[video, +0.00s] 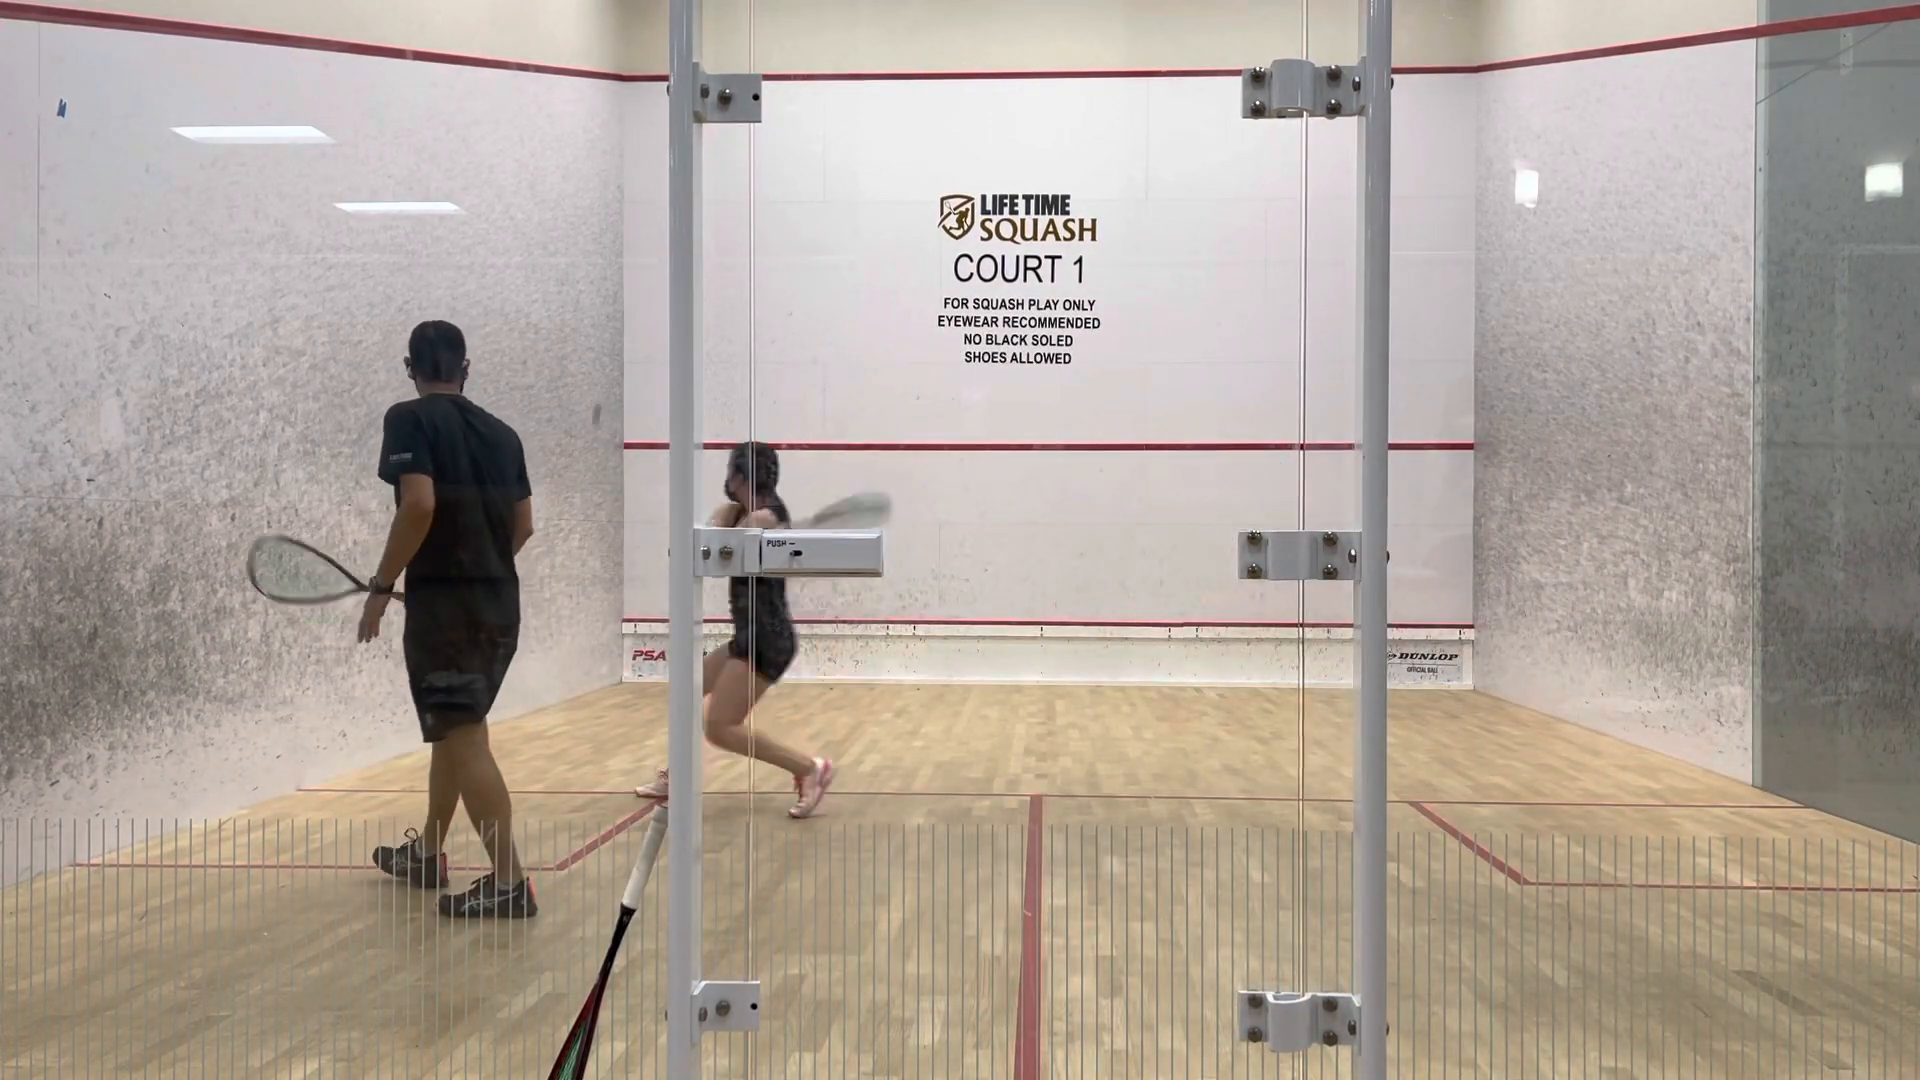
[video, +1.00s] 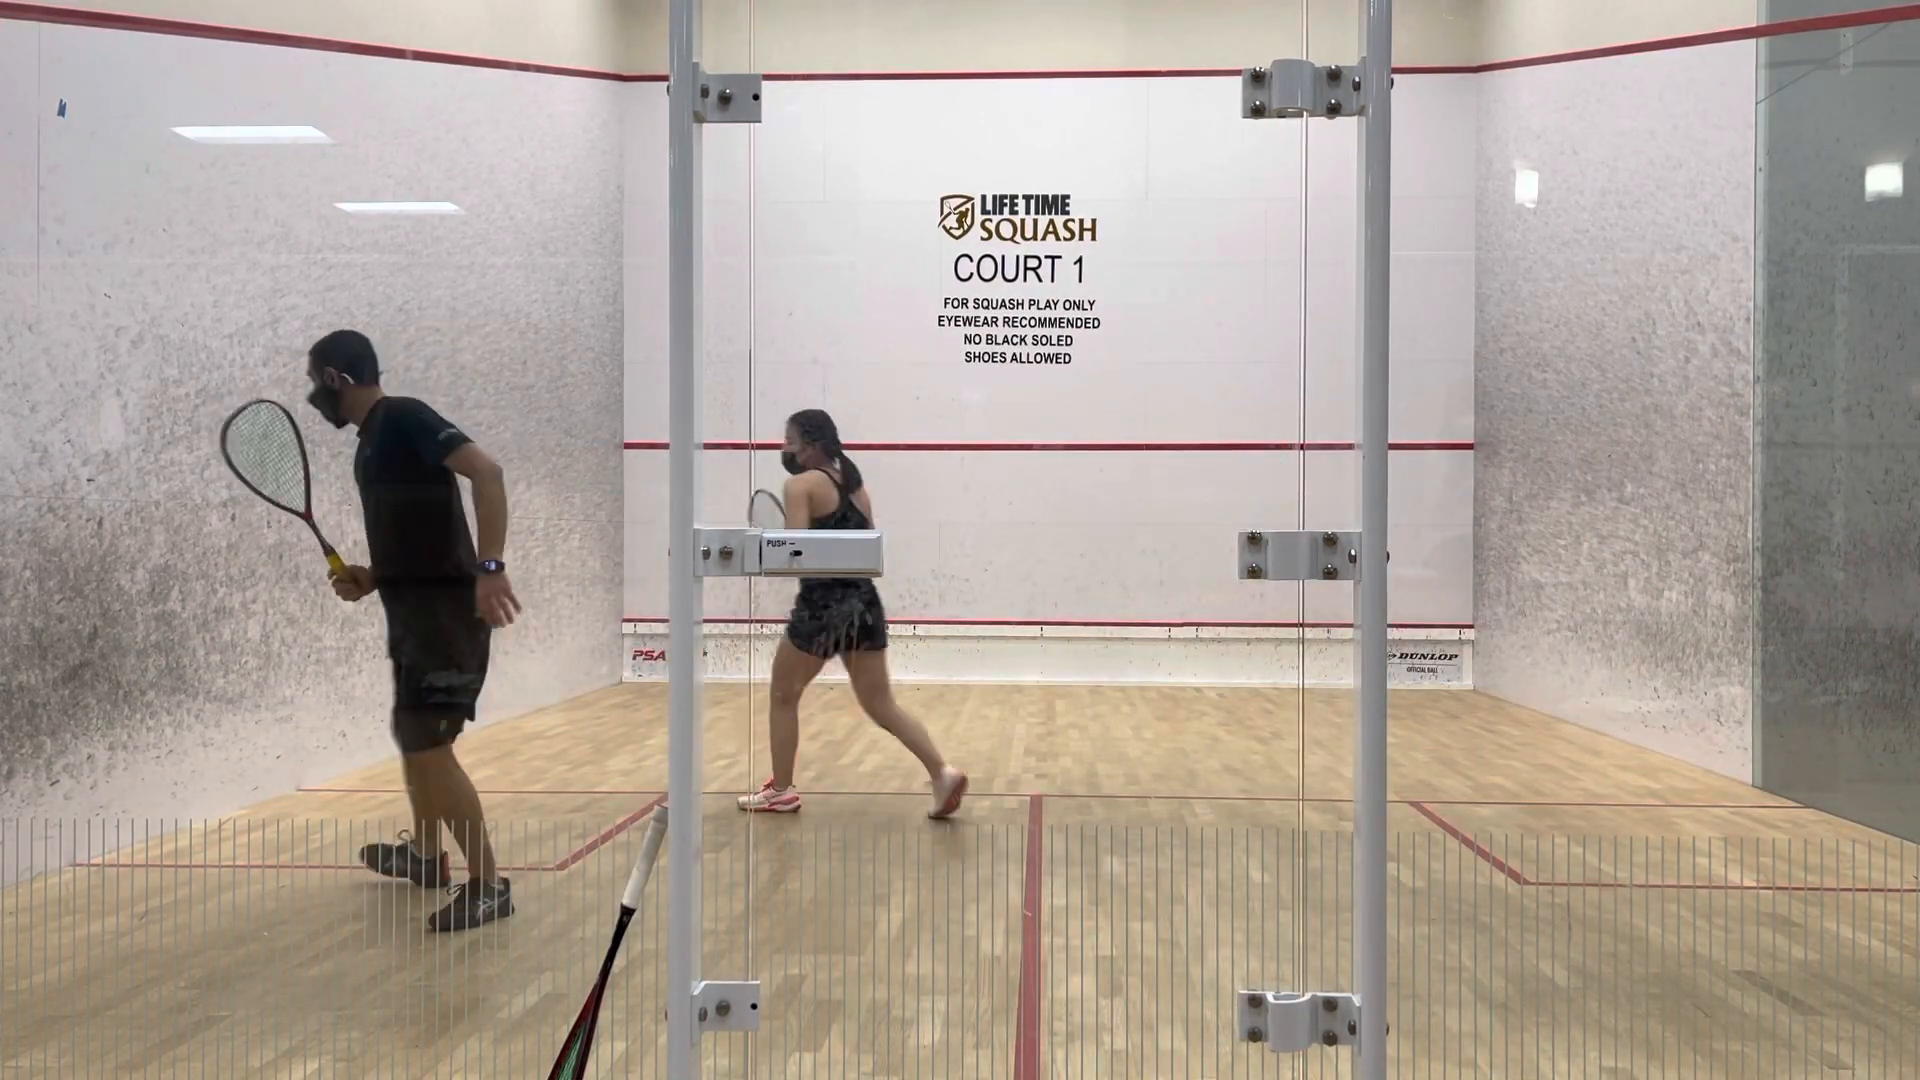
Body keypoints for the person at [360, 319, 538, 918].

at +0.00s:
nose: (426, 377)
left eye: (418, 368)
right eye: (453, 368)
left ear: (412, 370)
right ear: (466, 371)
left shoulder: (409, 417)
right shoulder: (501, 432)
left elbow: (419, 503)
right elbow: (522, 526)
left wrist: (381, 586)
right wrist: (468, 572)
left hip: (441, 605)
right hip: (499, 605)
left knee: (465, 739)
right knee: (454, 731)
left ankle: (508, 881)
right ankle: (429, 852)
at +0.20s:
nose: (401, 388)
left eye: (393, 381)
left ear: (392, 381)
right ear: (444, 381)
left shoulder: (392, 422)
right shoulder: (480, 438)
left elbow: (391, 508)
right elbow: (495, 531)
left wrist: (359, 583)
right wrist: (405, 573)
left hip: (431, 610)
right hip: (486, 609)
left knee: (444, 742)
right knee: (436, 734)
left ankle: (504, 875)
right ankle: (422, 852)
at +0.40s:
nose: (371, 398)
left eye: (368, 389)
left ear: (368, 388)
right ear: (421, 386)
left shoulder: (376, 429)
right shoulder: (451, 437)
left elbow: (358, 512)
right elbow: (436, 537)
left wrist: (307, 555)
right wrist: (362, 552)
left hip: (439, 605)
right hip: (473, 600)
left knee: (439, 734)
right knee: (414, 719)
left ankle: (505, 873)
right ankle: (418, 851)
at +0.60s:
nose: (351, 410)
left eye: (348, 402)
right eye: (357, 401)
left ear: (350, 402)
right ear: (400, 398)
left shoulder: (368, 431)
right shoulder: (420, 440)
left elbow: (384, 505)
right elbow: (413, 554)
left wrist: (325, 554)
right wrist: (340, 546)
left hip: (449, 600)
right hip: (472, 596)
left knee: (424, 737)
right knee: (424, 730)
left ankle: (499, 868)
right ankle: (431, 850)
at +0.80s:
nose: (338, 408)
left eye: (335, 399)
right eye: (341, 399)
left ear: (340, 400)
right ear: (391, 394)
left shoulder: (374, 433)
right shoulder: (406, 435)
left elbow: (435, 487)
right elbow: (419, 549)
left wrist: (444, 587)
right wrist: (361, 575)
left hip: (440, 607)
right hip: (458, 606)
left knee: (402, 744)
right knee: (433, 737)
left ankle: (485, 873)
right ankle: (428, 854)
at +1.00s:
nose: (313, 397)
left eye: (315, 384)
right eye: (312, 385)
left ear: (339, 380)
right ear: (356, 378)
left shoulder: (401, 418)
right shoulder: (370, 446)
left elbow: (487, 472)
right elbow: (413, 540)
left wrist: (491, 567)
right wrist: (370, 578)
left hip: (446, 608)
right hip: (411, 613)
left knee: (428, 741)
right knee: (413, 734)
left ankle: (488, 883)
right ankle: (425, 854)